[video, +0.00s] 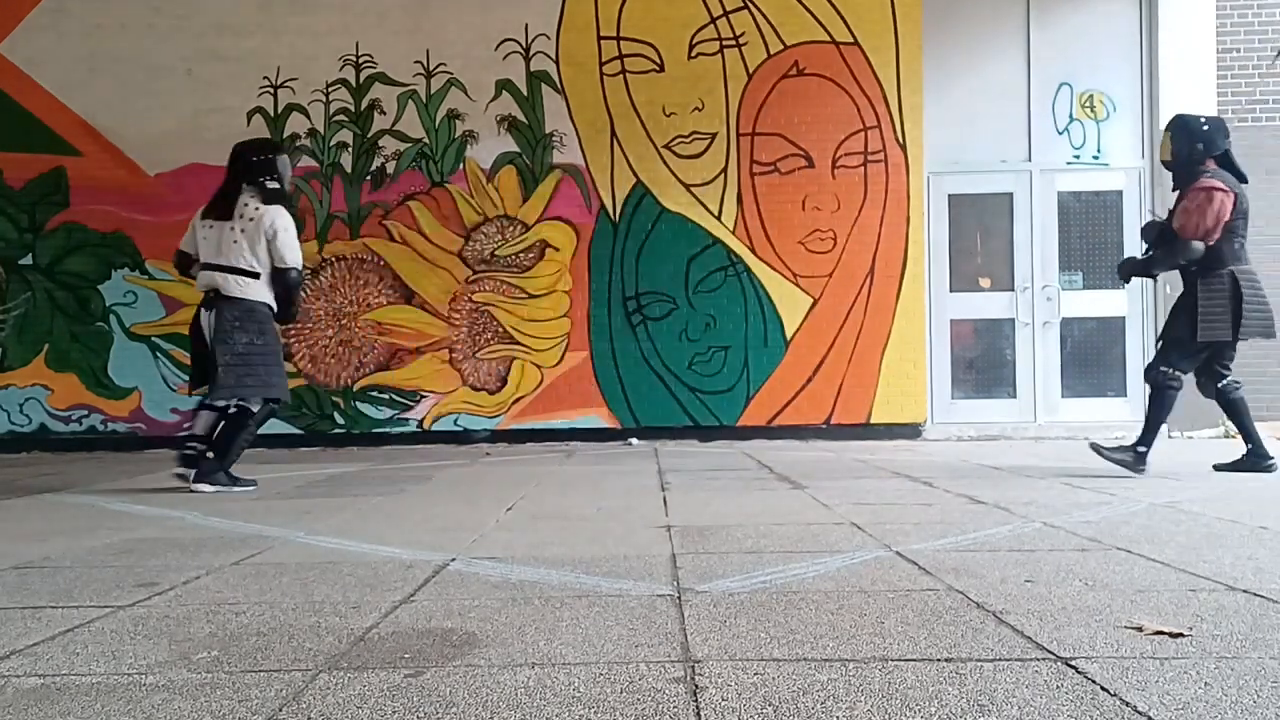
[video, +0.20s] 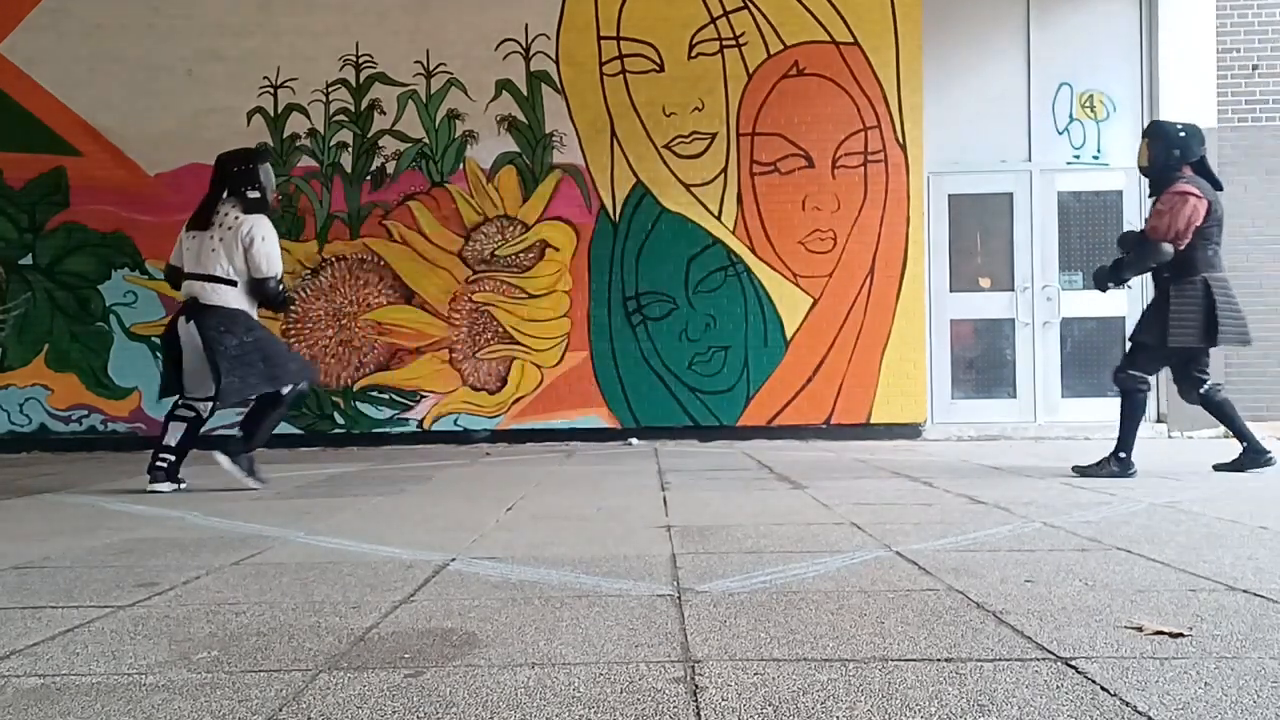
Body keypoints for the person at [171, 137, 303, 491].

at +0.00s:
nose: (287, 176)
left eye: (285, 168)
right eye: (282, 169)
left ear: (237, 171)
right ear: (269, 173)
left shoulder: (212, 208)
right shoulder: (275, 215)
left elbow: (183, 260)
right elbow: (288, 278)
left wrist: (219, 277)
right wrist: (286, 313)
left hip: (211, 311)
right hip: (248, 313)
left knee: (223, 385)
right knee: (263, 394)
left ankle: (193, 450)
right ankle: (214, 470)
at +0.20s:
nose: (273, 189)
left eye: (272, 182)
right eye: (268, 182)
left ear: (224, 183)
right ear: (252, 184)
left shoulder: (198, 218)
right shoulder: (256, 224)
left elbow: (173, 274)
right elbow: (266, 290)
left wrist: (211, 288)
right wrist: (291, 302)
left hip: (188, 322)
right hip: (229, 324)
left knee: (196, 398)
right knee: (293, 376)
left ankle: (162, 471)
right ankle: (242, 449)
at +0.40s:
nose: (276, 196)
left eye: (275, 188)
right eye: (272, 189)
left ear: (229, 193)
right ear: (257, 194)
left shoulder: (202, 229)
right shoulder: (261, 235)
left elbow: (171, 280)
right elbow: (272, 300)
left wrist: (206, 298)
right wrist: (276, 343)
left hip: (197, 328)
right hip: (236, 330)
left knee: (204, 405)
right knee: (310, 372)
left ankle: (163, 471)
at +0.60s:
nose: (317, 198)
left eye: (315, 190)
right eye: (311, 191)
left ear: (267, 198)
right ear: (296, 198)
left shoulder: (245, 237)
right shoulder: (300, 239)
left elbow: (218, 287)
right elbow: (310, 301)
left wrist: (252, 306)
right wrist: (325, 332)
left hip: (244, 338)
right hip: (284, 339)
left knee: (222, 407)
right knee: (348, 381)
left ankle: (167, 468)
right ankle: (377, 461)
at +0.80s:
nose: (374, 185)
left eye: (371, 178)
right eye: (368, 178)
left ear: (326, 186)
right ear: (355, 185)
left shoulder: (305, 227)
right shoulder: (363, 226)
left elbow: (297, 290)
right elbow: (378, 288)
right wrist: (402, 291)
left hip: (308, 328)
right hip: (349, 329)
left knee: (294, 396)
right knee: (410, 386)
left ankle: (253, 452)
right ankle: (391, 465)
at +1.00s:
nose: (416, 179)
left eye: (412, 170)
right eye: (409, 171)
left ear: (365, 178)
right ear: (395, 178)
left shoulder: (344, 220)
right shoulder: (402, 219)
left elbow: (333, 281)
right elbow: (418, 284)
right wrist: (434, 295)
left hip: (346, 318)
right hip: (388, 317)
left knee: (375, 391)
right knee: (458, 370)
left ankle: (361, 467)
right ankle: (417, 447)